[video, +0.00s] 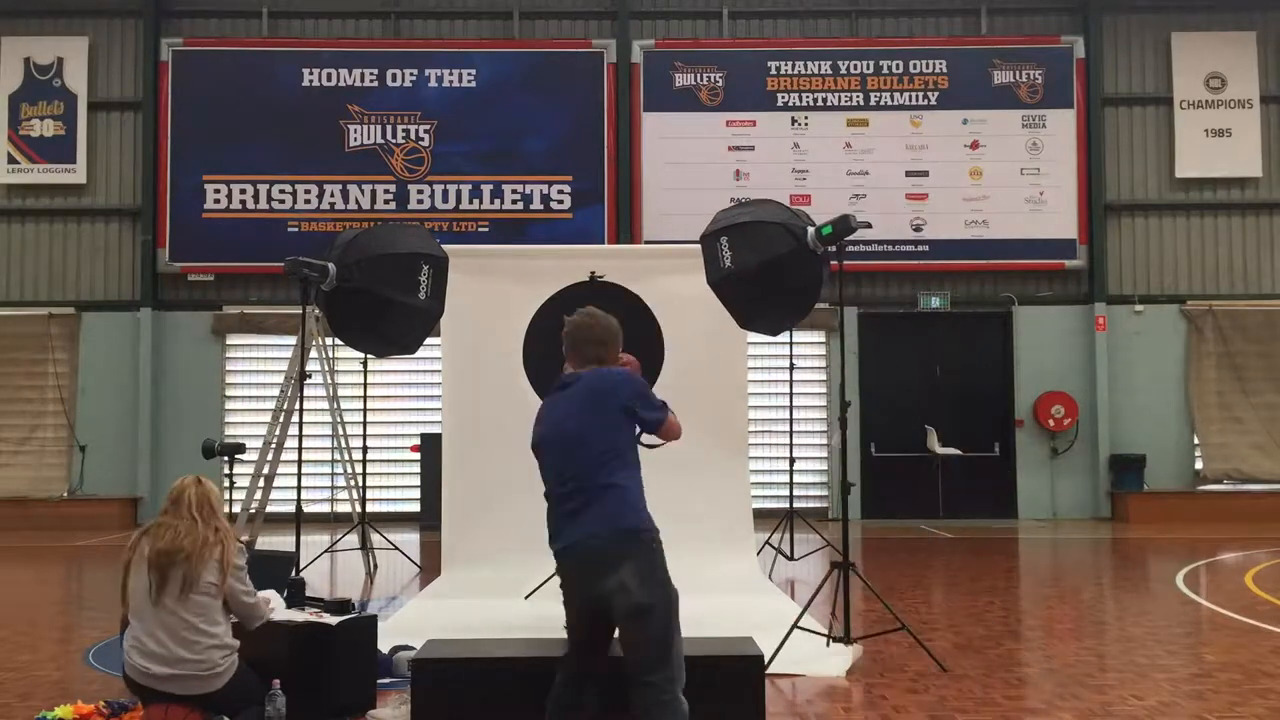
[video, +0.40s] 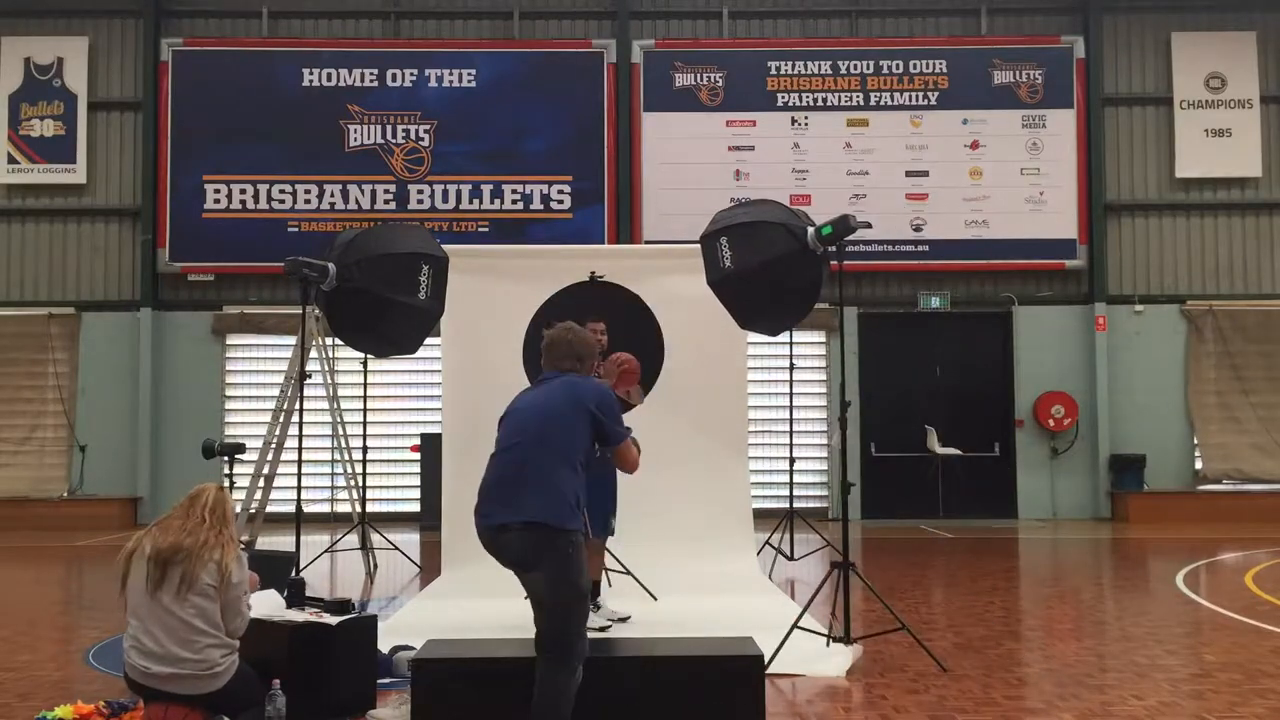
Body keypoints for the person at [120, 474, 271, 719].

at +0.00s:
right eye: (219, 506)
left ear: (170, 504)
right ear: (213, 509)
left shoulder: (142, 540)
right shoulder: (225, 545)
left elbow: (131, 609)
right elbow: (252, 616)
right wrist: (264, 602)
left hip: (142, 679)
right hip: (207, 681)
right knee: (255, 702)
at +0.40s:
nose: (233, 524)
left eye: (233, 517)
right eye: (232, 517)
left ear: (185, 508)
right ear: (225, 517)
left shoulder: (143, 541)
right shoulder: (227, 553)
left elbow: (131, 609)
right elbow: (235, 627)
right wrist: (246, 589)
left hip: (140, 678)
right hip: (205, 683)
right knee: (254, 703)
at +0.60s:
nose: (220, 516)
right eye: (216, 510)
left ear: (167, 507)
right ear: (210, 512)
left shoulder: (138, 542)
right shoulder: (224, 549)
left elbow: (129, 605)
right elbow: (261, 615)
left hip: (140, 679)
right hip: (205, 683)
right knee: (255, 700)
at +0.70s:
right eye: (218, 510)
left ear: (170, 507)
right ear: (213, 512)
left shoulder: (140, 542)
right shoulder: (223, 548)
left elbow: (131, 606)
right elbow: (267, 608)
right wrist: (246, 654)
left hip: (140, 678)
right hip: (204, 682)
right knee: (256, 698)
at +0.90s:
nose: (223, 515)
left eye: (221, 509)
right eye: (218, 509)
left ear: (173, 511)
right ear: (200, 512)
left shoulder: (144, 546)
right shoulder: (221, 548)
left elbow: (130, 606)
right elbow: (251, 613)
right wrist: (242, 654)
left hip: (139, 678)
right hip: (201, 682)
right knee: (254, 696)